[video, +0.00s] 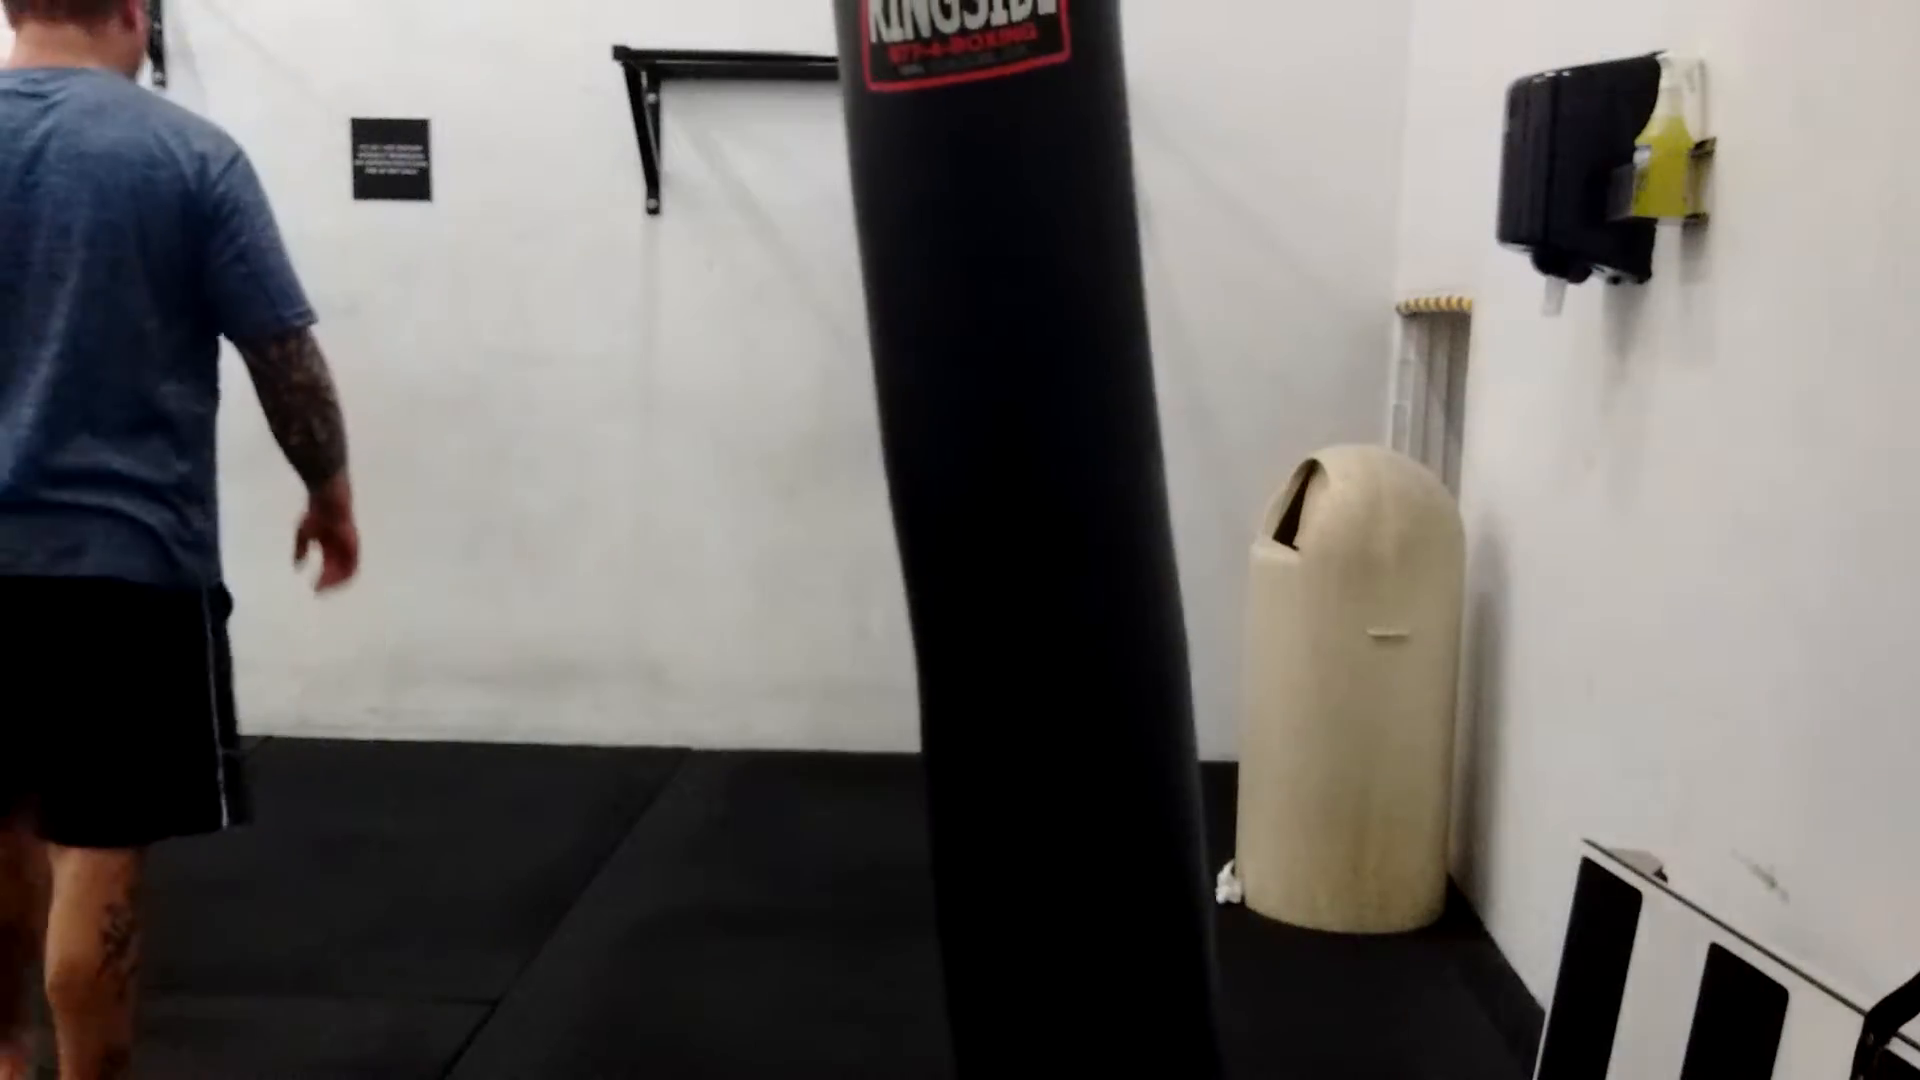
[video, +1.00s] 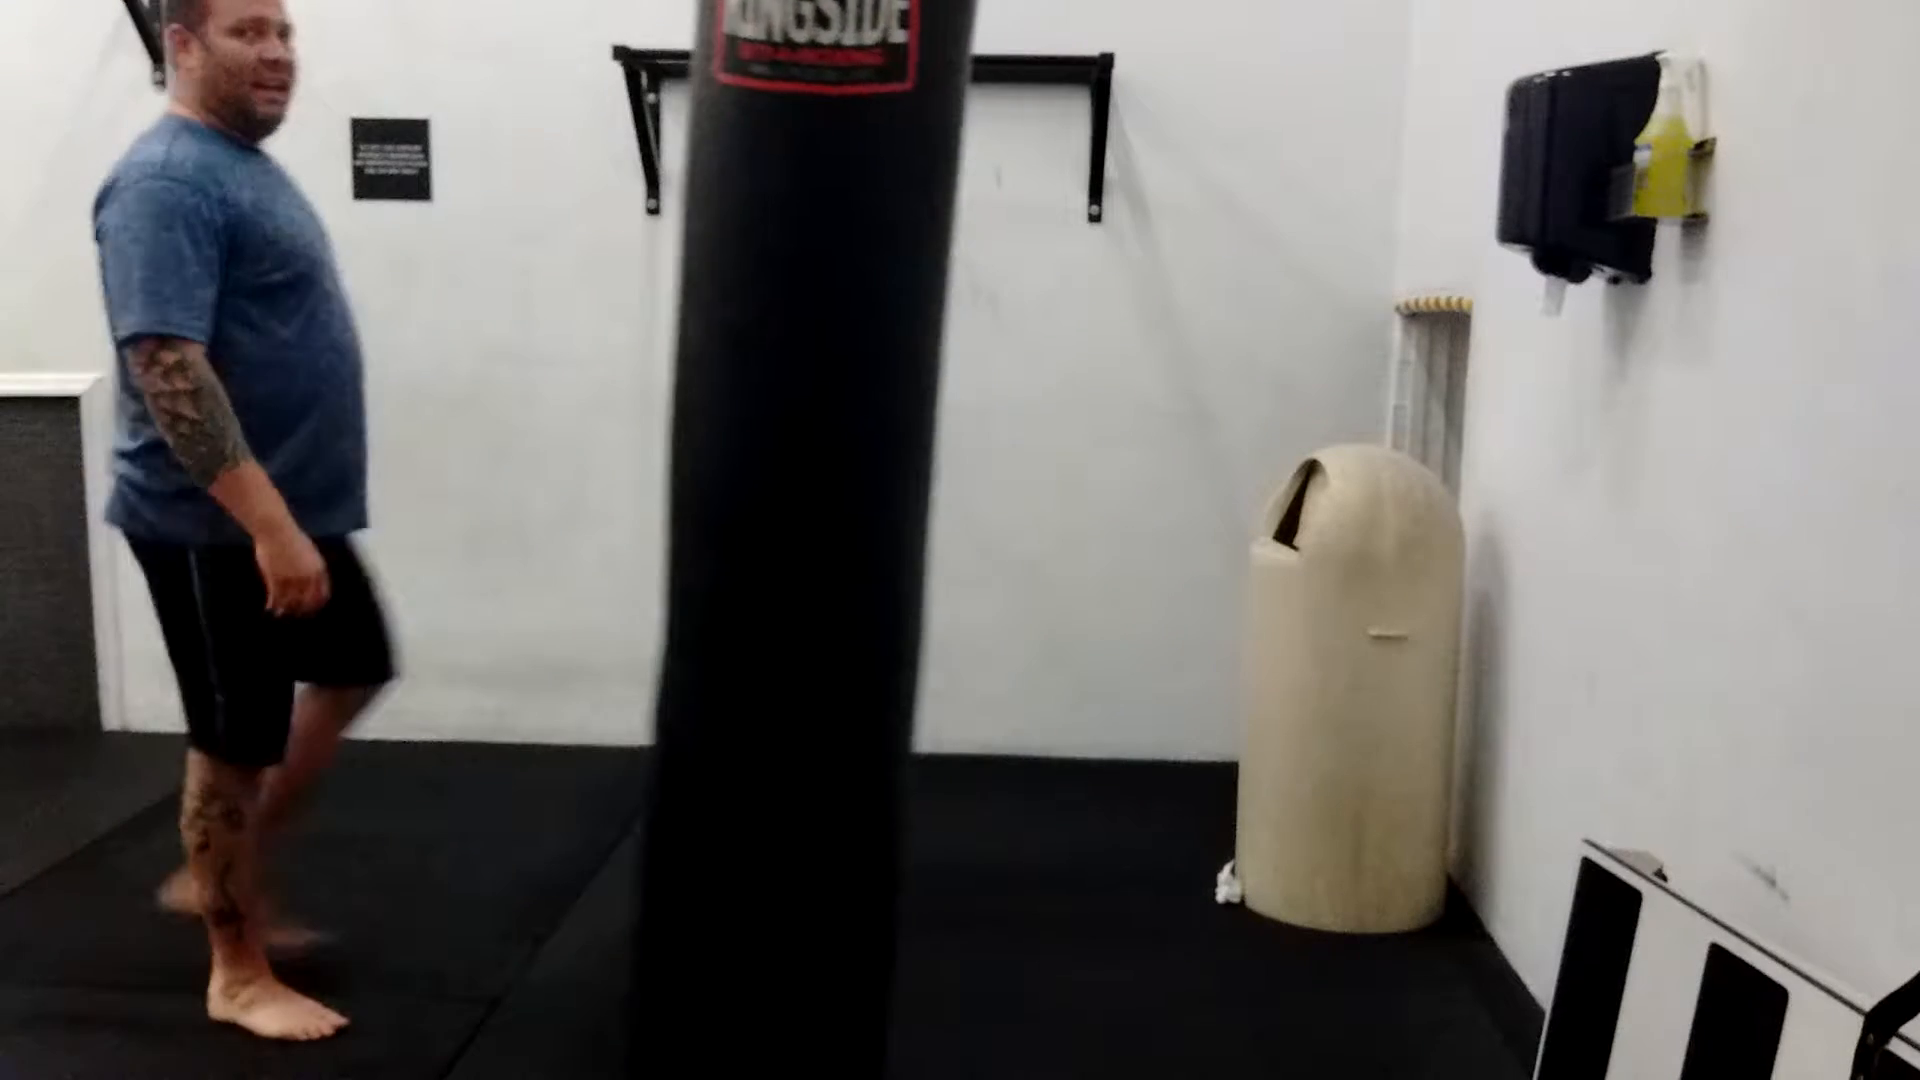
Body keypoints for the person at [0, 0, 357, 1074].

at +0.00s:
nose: (145, 37)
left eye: (142, 27)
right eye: (146, 23)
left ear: (14, 18)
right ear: (132, 18)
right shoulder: (188, 152)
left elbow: (280, 351)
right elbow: (284, 353)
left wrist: (323, 484)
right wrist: (327, 487)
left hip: (1, 546)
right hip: (128, 557)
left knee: (11, 833)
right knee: (101, 847)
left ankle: (14, 1054)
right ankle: (89, 1069)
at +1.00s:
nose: (276, 54)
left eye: (283, 34)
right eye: (249, 32)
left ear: (292, 45)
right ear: (182, 45)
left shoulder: (237, 167)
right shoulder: (167, 178)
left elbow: (241, 351)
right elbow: (168, 374)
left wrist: (304, 501)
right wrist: (272, 526)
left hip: (284, 508)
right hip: (207, 521)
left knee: (352, 667)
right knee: (233, 739)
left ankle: (219, 871)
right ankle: (238, 978)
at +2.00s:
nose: (378, 86)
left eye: (396, 75)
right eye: (359, 70)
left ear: (419, 100)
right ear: (324, 90)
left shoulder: (473, 219)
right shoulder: (269, 212)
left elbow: (540, 345)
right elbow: (234, 352)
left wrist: (475, 390)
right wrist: (230, 486)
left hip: (441, 507)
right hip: (324, 508)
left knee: (439, 699)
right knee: (354, 695)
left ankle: (435, 907)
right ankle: (376, 847)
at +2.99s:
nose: (402, 87)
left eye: (419, 73)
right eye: (383, 70)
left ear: (441, 93)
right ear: (346, 87)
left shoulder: (500, 213)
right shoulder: (293, 209)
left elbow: (576, 339)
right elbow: (241, 346)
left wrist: (535, 371)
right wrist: (293, 418)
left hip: (463, 508)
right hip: (330, 508)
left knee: (467, 703)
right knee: (307, 720)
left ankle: (481, 877)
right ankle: (287, 943)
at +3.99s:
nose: (399, 30)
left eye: (421, 20)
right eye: (377, 15)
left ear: (447, 56)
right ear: (342, 47)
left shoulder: (515, 185)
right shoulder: (278, 176)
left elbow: (597, 332)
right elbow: (204, 330)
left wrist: (520, 401)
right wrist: (270, 453)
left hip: (471, 534)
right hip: (316, 529)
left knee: (494, 753)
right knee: (249, 749)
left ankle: (519, 956)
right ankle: (268, 958)